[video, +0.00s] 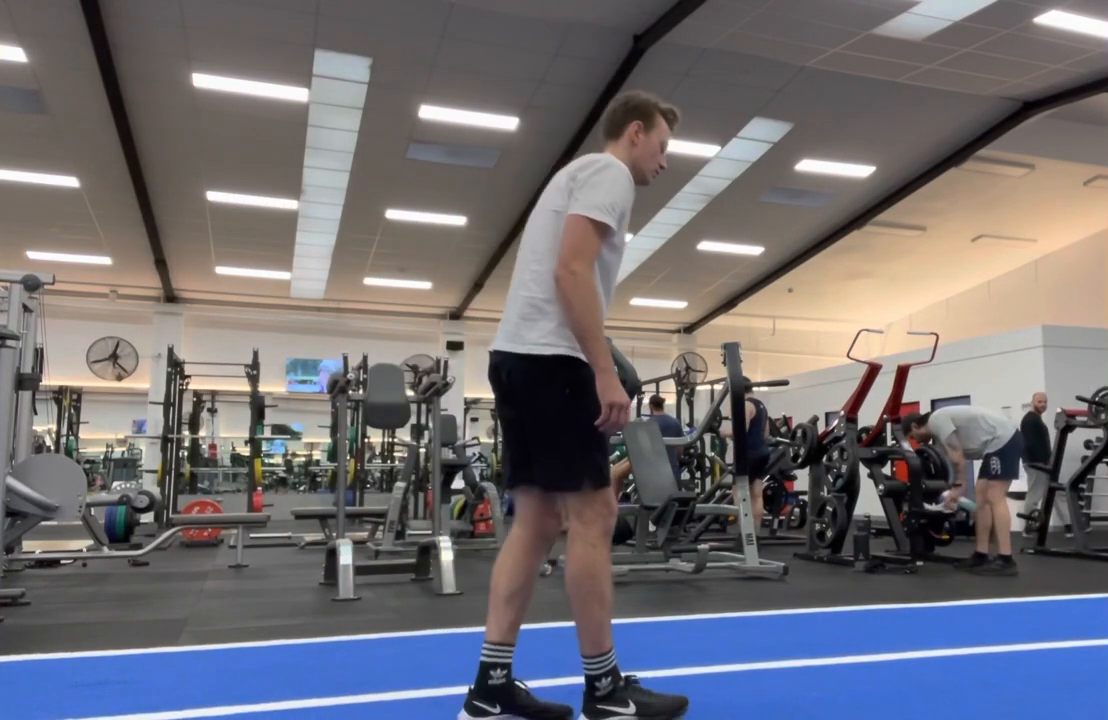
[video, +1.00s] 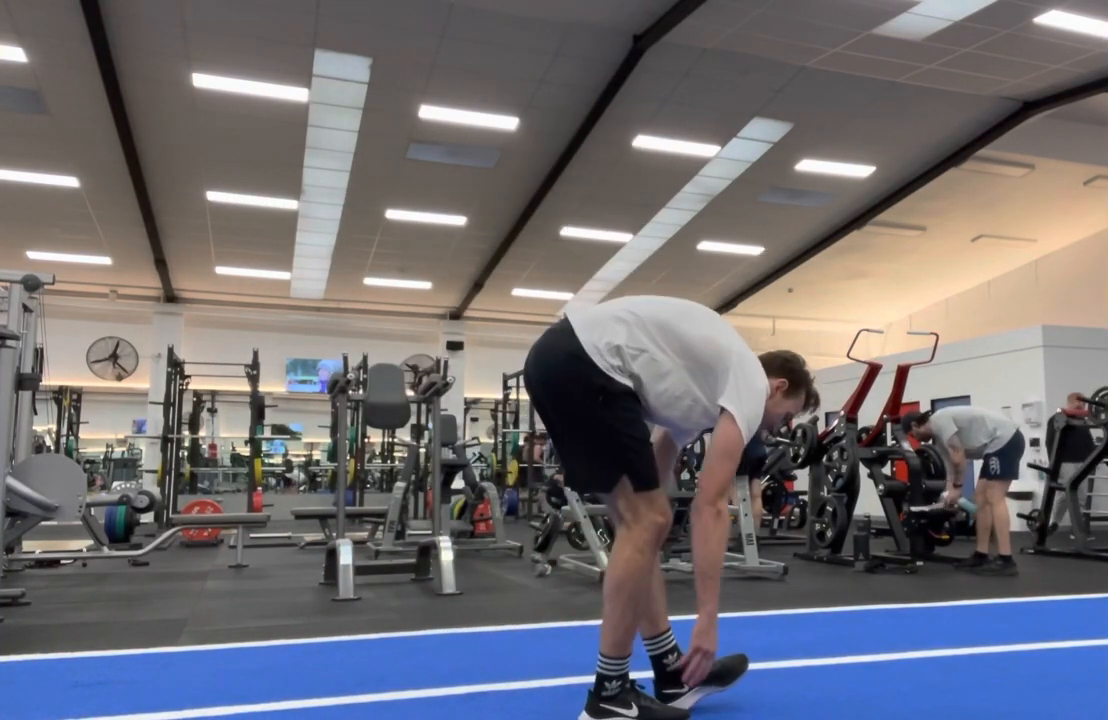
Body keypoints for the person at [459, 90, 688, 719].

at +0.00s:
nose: (663, 160)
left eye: (666, 149)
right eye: (662, 145)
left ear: (625, 133)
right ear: (634, 132)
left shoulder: (574, 176)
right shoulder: (609, 172)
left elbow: (555, 283)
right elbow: (572, 268)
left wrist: (600, 370)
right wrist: (605, 370)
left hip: (520, 360)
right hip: (554, 359)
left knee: (535, 521)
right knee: (593, 514)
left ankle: (492, 680)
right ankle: (605, 685)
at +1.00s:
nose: (780, 427)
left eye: (788, 421)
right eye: (787, 415)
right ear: (777, 387)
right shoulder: (749, 380)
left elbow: (654, 490)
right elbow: (712, 505)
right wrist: (707, 622)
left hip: (562, 359)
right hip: (585, 364)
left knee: (635, 521)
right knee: (649, 519)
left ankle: (670, 671)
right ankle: (609, 691)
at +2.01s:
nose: (834, 206)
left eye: (839, 198)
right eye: (837, 194)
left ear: (796, 176)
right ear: (817, 177)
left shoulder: (745, 210)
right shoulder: (796, 207)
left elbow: (707, 295)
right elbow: (749, 280)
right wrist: (782, 382)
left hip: (673, 359)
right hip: (718, 363)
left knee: (693, 513)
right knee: (762, 504)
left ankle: (682, 672)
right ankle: (733, 666)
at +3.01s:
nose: (960, 344)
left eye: (968, 338)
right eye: (967, 333)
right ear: (961, 309)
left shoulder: (888, 306)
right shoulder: (937, 310)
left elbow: (839, 399)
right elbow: (893, 387)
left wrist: (791, 478)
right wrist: (877, 479)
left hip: (772, 370)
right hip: (816, 379)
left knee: (827, 519)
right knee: (861, 518)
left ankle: (833, 664)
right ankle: (911, 665)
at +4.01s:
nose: (1024, 342)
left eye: (1030, 337)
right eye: (1029, 332)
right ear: (1026, 310)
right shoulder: (1004, 308)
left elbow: (899, 419)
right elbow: (988, 419)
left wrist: (969, 457)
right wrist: (1026, 458)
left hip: (827, 366)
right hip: (872, 370)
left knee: (868, 514)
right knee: (924, 513)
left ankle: (835, 662)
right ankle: (927, 670)